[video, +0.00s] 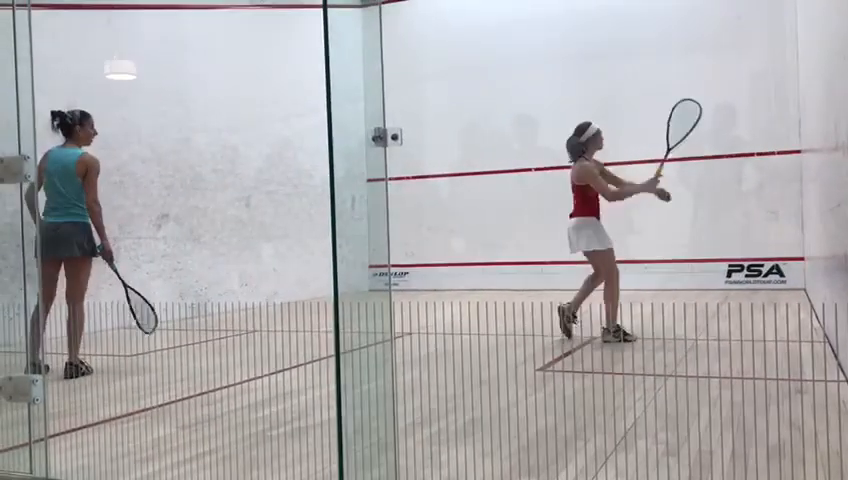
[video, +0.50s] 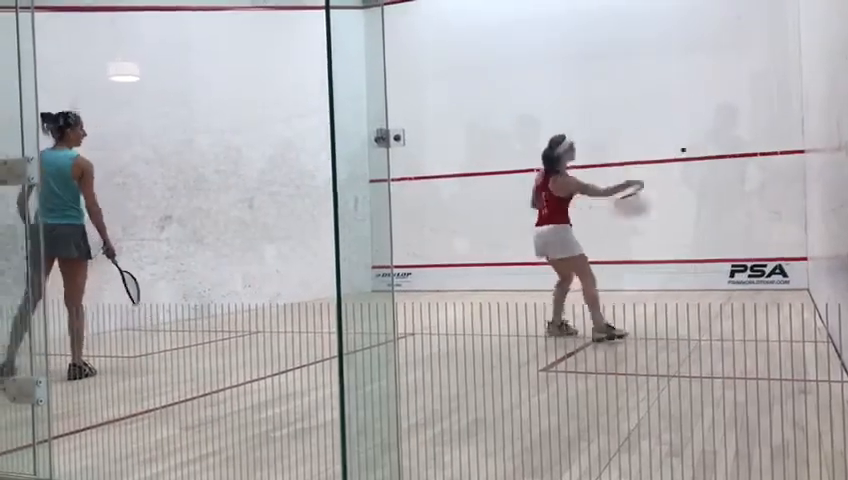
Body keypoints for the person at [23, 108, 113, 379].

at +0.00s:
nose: (95, 132)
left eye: (94, 127)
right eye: (91, 127)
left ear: (73, 130)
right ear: (78, 129)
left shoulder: (48, 157)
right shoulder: (89, 161)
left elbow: (30, 194)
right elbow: (92, 205)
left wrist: (38, 223)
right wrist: (104, 242)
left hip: (48, 231)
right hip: (78, 231)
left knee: (44, 298)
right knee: (75, 300)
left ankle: (34, 359)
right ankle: (73, 361)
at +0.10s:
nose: (95, 132)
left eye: (94, 127)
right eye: (91, 128)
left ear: (73, 130)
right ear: (78, 129)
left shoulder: (49, 157)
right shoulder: (89, 161)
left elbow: (30, 193)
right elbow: (93, 205)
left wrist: (40, 222)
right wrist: (105, 242)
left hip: (49, 230)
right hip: (78, 231)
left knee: (45, 298)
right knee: (76, 301)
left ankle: (35, 359)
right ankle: (74, 362)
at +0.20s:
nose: (95, 133)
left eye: (94, 128)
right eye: (91, 128)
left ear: (72, 130)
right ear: (78, 130)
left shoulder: (49, 157)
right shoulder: (89, 161)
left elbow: (30, 195)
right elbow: (94, 205)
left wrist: (42, 221)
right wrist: (106, 242)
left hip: (48, 231)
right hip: (77, 232)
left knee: (44, 299)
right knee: (76, 301)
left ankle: (36, 360)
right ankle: (75, 362)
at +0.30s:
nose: (95, 132)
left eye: (93, 127)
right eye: (91, 128)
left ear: (71, 131)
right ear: (77, 130)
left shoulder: (48, 158)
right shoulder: (89, 162)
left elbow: (31, 195)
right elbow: (95, 206)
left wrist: (40, 223)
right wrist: (108, 242)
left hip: (46, 232)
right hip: (76, 233)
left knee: (42, 298)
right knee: (76, 300)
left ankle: (32, 358)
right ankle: (76, 362)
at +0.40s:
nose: (91, 132)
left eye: (89, 127)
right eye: (87, 127)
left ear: (69, 131)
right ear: (75, 130)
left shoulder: (45, 157)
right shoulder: (86, 163)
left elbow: (34, 193)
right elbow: (94, 207)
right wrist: (109, 241)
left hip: (45, 232)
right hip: (74, 234)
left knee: (36, 297)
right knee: (76, 300)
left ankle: (19, 357)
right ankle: (76, 362)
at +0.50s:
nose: (84, 133)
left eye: (83, 128)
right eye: (80, 128)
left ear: (61, 132)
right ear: (68, 131)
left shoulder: (39, 158)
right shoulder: (81, 164)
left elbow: (22, 197)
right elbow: (92, 207)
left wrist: (27, 224)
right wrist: (106, 240)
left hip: (42, 233)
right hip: (71, 234)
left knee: (31, 296)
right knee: (74, 301)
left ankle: (8, 359)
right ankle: (77, 363)